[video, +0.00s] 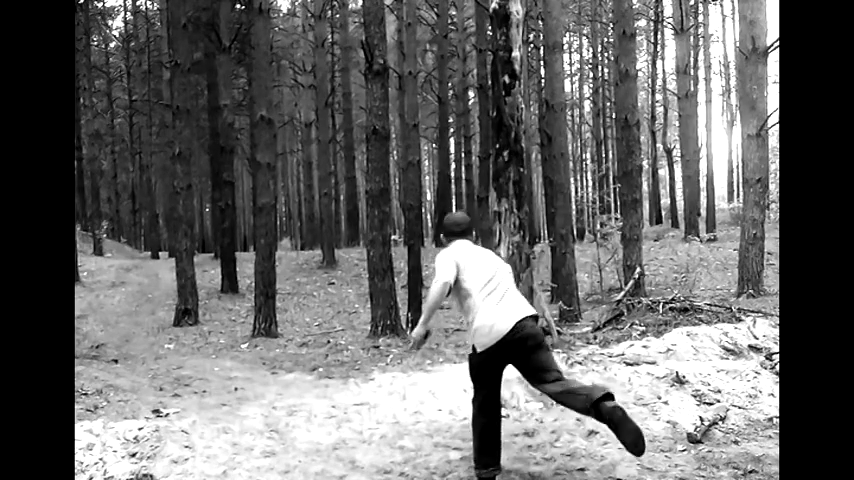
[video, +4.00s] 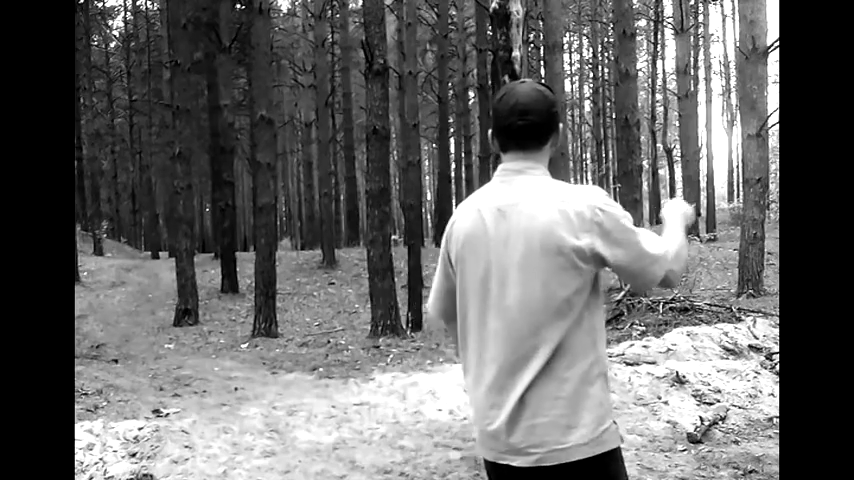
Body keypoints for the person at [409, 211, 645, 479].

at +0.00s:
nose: (439, 241)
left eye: (439, 237)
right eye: (441, 237)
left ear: (443, 238)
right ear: (471, 234)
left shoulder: (448, 254)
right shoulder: (490, 255)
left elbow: (443, 283)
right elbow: (508, 290)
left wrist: (422, 324)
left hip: (488, 335)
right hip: (524, 323)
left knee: (485, 402)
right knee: (553, 381)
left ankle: (486, 469)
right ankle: (602, 406)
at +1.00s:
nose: (524, 203)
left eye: (531, 196)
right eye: (521, 197)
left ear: (551, 193)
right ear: (520, 197)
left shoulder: (577, 235)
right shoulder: (533, 237)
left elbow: (598, 294)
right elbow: (541, 283)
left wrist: (591, 347)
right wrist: (511, 307)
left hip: (576, 348)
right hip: (548, 347)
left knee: (571, 415)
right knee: (554, 422)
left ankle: (590, 477)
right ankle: (557, 476)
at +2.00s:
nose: (527, 181)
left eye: (534, 170)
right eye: (520, 173)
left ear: (558, 164)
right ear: (514, 175)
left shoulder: (600, 220)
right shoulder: (508, 226)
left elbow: (633, 287)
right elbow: (496, 285)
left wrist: (646, 357)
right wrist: (487, 321)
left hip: (584, 357)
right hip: (531, 363)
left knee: (577, 454)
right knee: (547, 461)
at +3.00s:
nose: (424, 156)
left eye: (424, 148)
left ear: (427, 153)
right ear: (483, 153)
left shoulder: (441, 217)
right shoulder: (516, 213)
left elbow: (441, 323)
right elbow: (531, 309)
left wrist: (423, 411)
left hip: (470, 425)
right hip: (524, 418)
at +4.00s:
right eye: (560, 127)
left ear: (494, 140)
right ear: (557, 136)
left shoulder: (464, 217)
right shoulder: (583, 207)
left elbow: (441, 313)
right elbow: (663, 269)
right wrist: (675, 220)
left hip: (497, 442)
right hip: (578, 441)